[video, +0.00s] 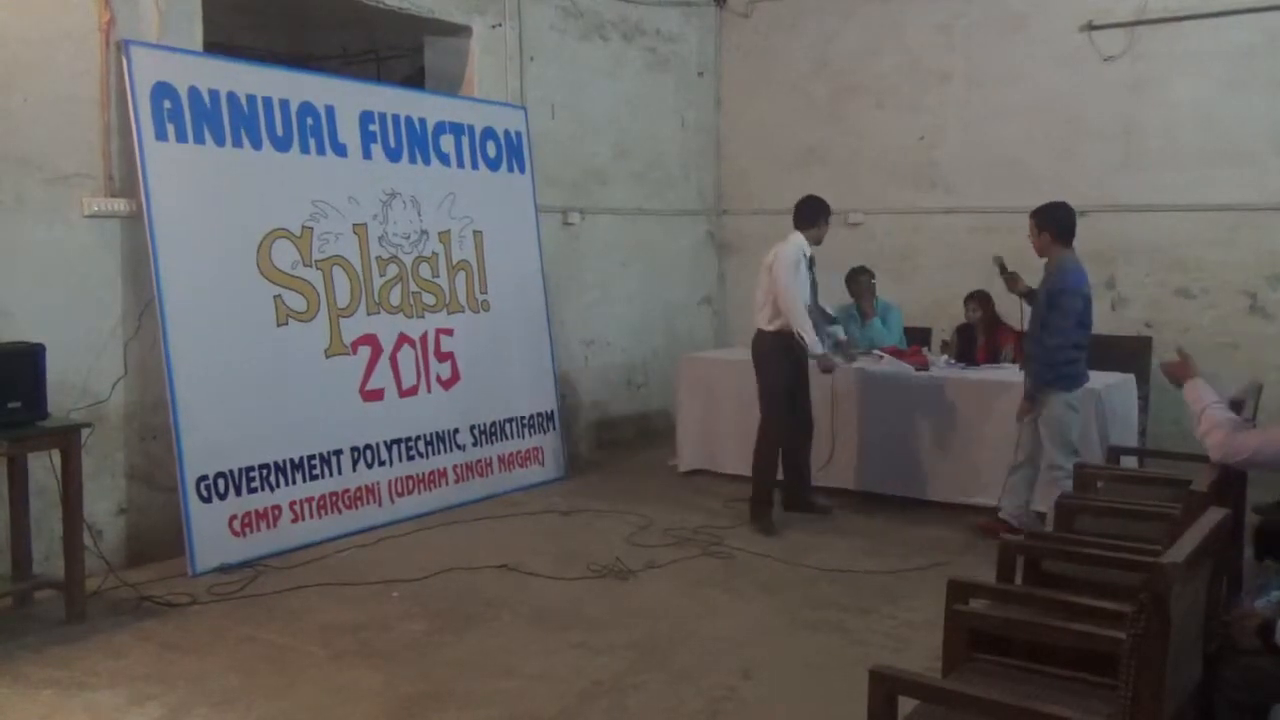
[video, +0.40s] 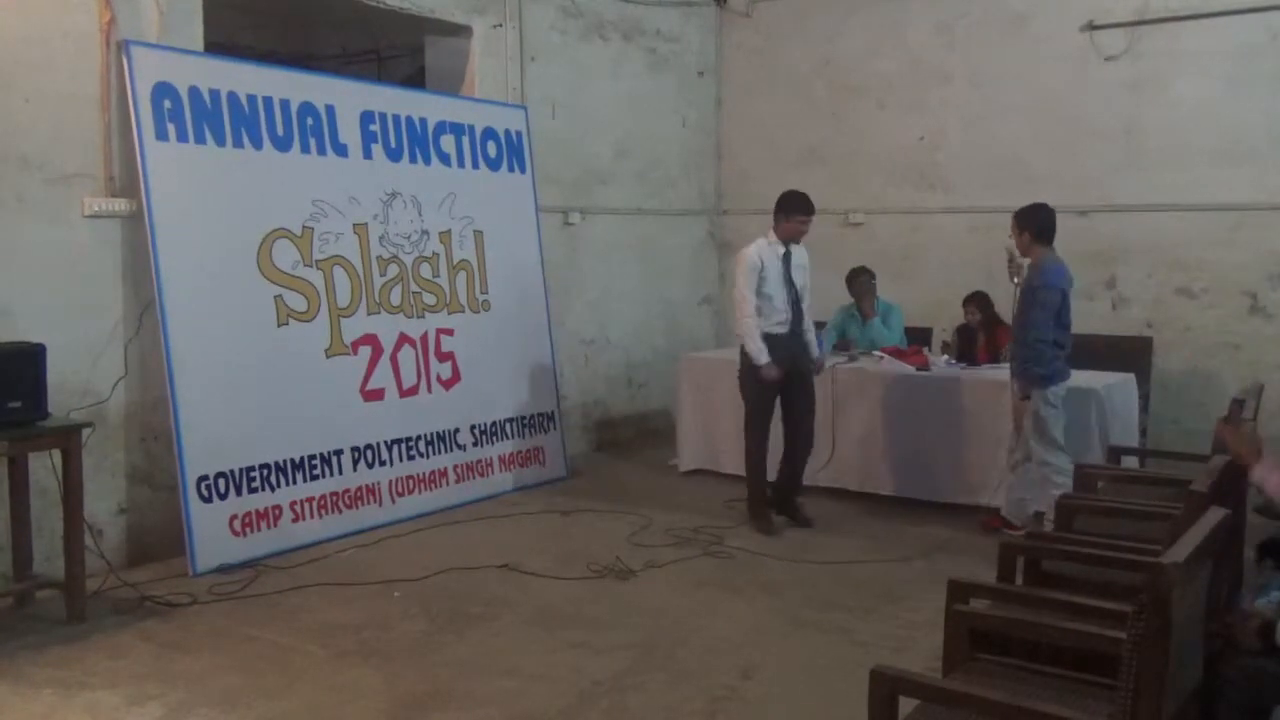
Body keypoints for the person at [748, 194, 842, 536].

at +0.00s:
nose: (828, 231)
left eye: (827, 224)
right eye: (827, 224)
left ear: (800, 219)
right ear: (818, 223)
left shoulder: (799, 254)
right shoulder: (788, 253)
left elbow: (804, 304)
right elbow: (790, 305)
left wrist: (832, 329)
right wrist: (817, 351)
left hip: (792, 344)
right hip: (773, 344)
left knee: (800, 424)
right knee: (773, 425)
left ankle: (797, 496)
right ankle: (761, 508)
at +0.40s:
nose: (805, 230)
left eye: (808, 224)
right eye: (801, 223)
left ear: (803, 223)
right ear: (781, 219)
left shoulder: (801, 255)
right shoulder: (752, 256)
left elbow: (803, 310)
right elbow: (745, 314)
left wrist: (813, 351)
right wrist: (761, 360)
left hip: (796, 348)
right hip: (763, 349)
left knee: (801, 432)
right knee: (758, 433)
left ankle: (785, 498)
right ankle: (758, 507)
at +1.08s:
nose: (793, 223)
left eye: (795, 216)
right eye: (787, 216)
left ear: (794, 219)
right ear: (764, 217)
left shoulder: (802, 256)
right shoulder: (733, 261)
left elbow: (820, 298)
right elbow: (722, 317)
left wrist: (828, 335)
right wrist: (716, 370)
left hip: (786, 360)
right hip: (743, 359)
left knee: (790, 447)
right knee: (732, 450)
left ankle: (794, 523)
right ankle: (719, 540)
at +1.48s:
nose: (767, 217)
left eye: (769, 210)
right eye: (761, 209)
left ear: (762, 213)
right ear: (738, 210)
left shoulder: (766, 251)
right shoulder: (708, 254)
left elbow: (779, 300)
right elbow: (703, 314)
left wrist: (770, 317)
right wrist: (711, 364)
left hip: (751, 351)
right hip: (716, 355)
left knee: (774, 442)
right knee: (716, 454)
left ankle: (738, 499)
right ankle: (715, 548)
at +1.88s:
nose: (764, 214)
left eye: (766, 207)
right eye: (758, 207)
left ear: (751, 212)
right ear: (735, 208)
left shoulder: (752, 250)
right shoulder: (713, 250)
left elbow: (769, 299)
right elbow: (734, 306)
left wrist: (754, 294)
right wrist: (769, 355)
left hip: (741, 357)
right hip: (711, 359)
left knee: (745, 455)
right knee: (715, 456)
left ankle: (737, 544)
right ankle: (716, 551)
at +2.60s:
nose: (777, 216)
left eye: (778, 209)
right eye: (771, 208)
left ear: (757, 213)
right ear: (748, 210)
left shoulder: (751, 250)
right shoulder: (730, 248)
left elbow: (746, 312)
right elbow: (719, 311)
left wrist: (773, 331)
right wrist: (766, 337)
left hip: (746, 356)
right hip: (731, 358)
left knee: (748, 455)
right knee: (740, 455)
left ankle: (737, 545)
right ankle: (730, 550)